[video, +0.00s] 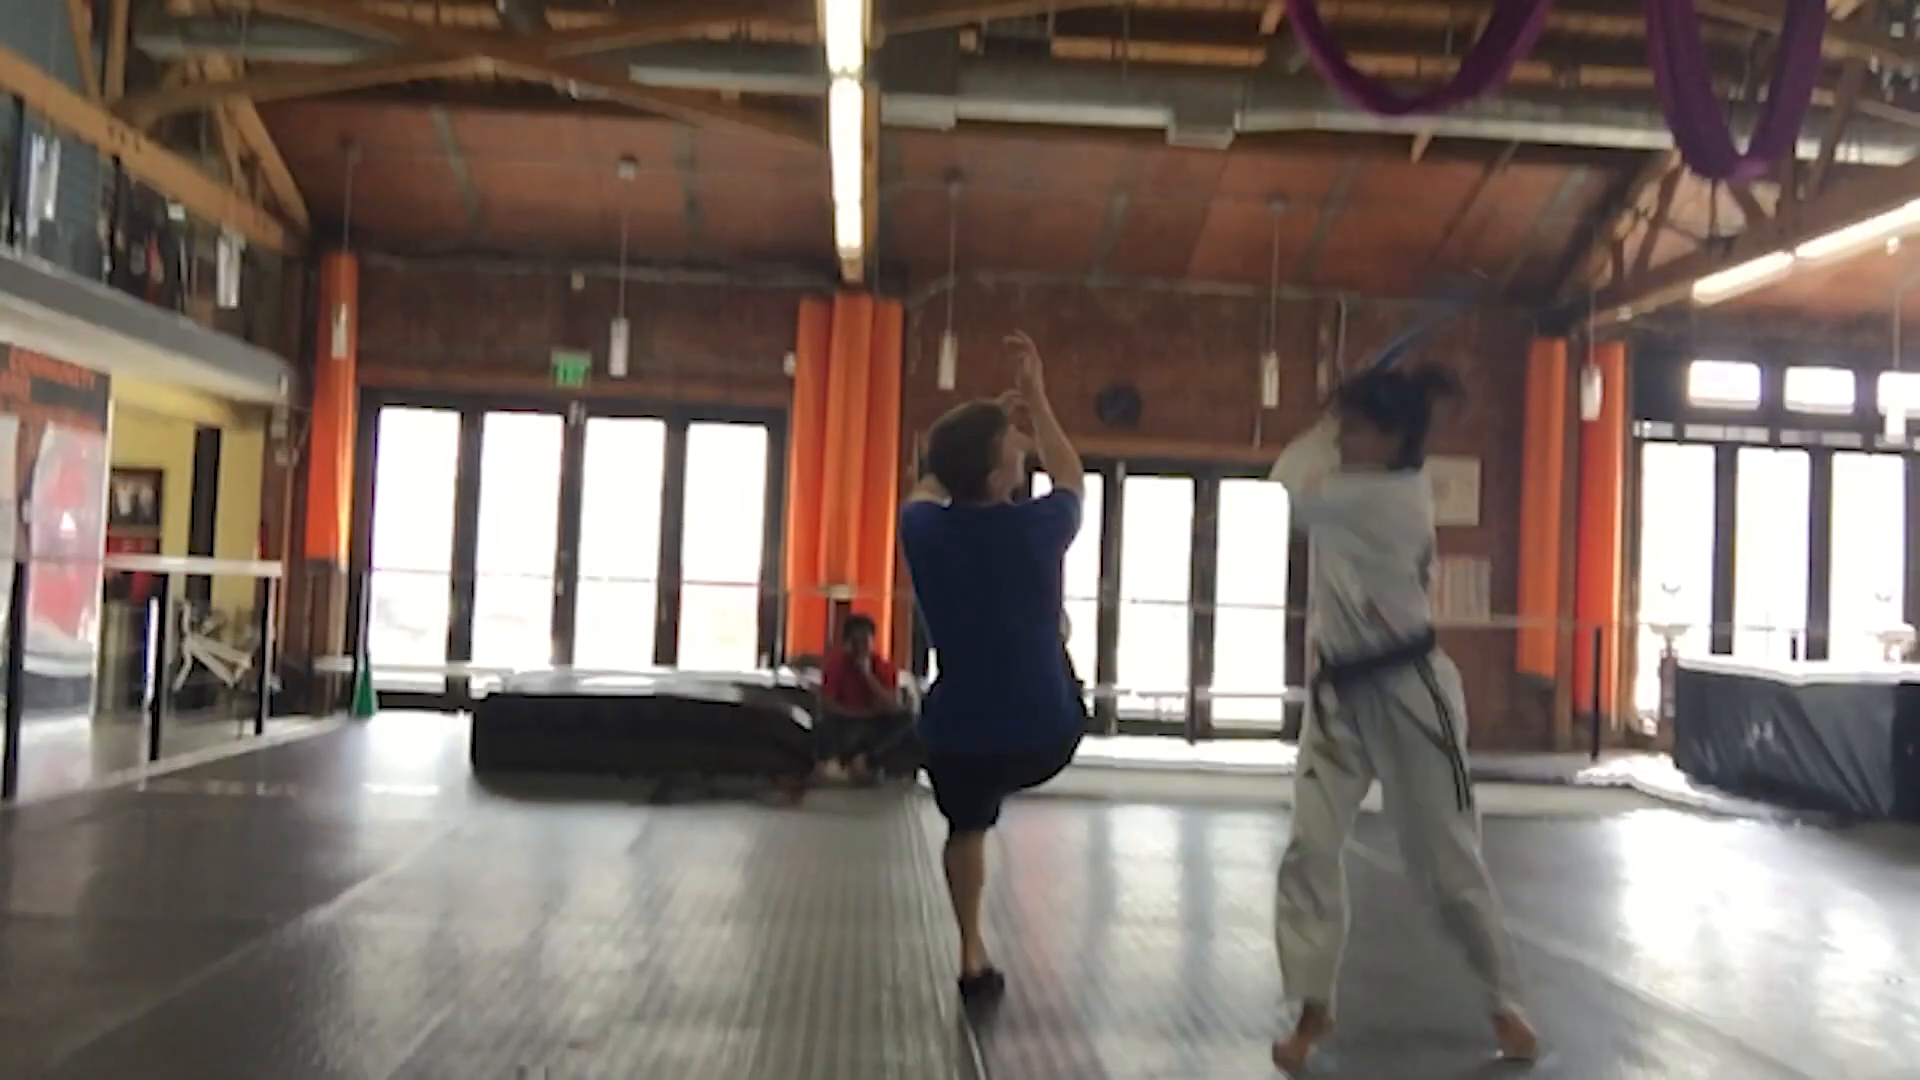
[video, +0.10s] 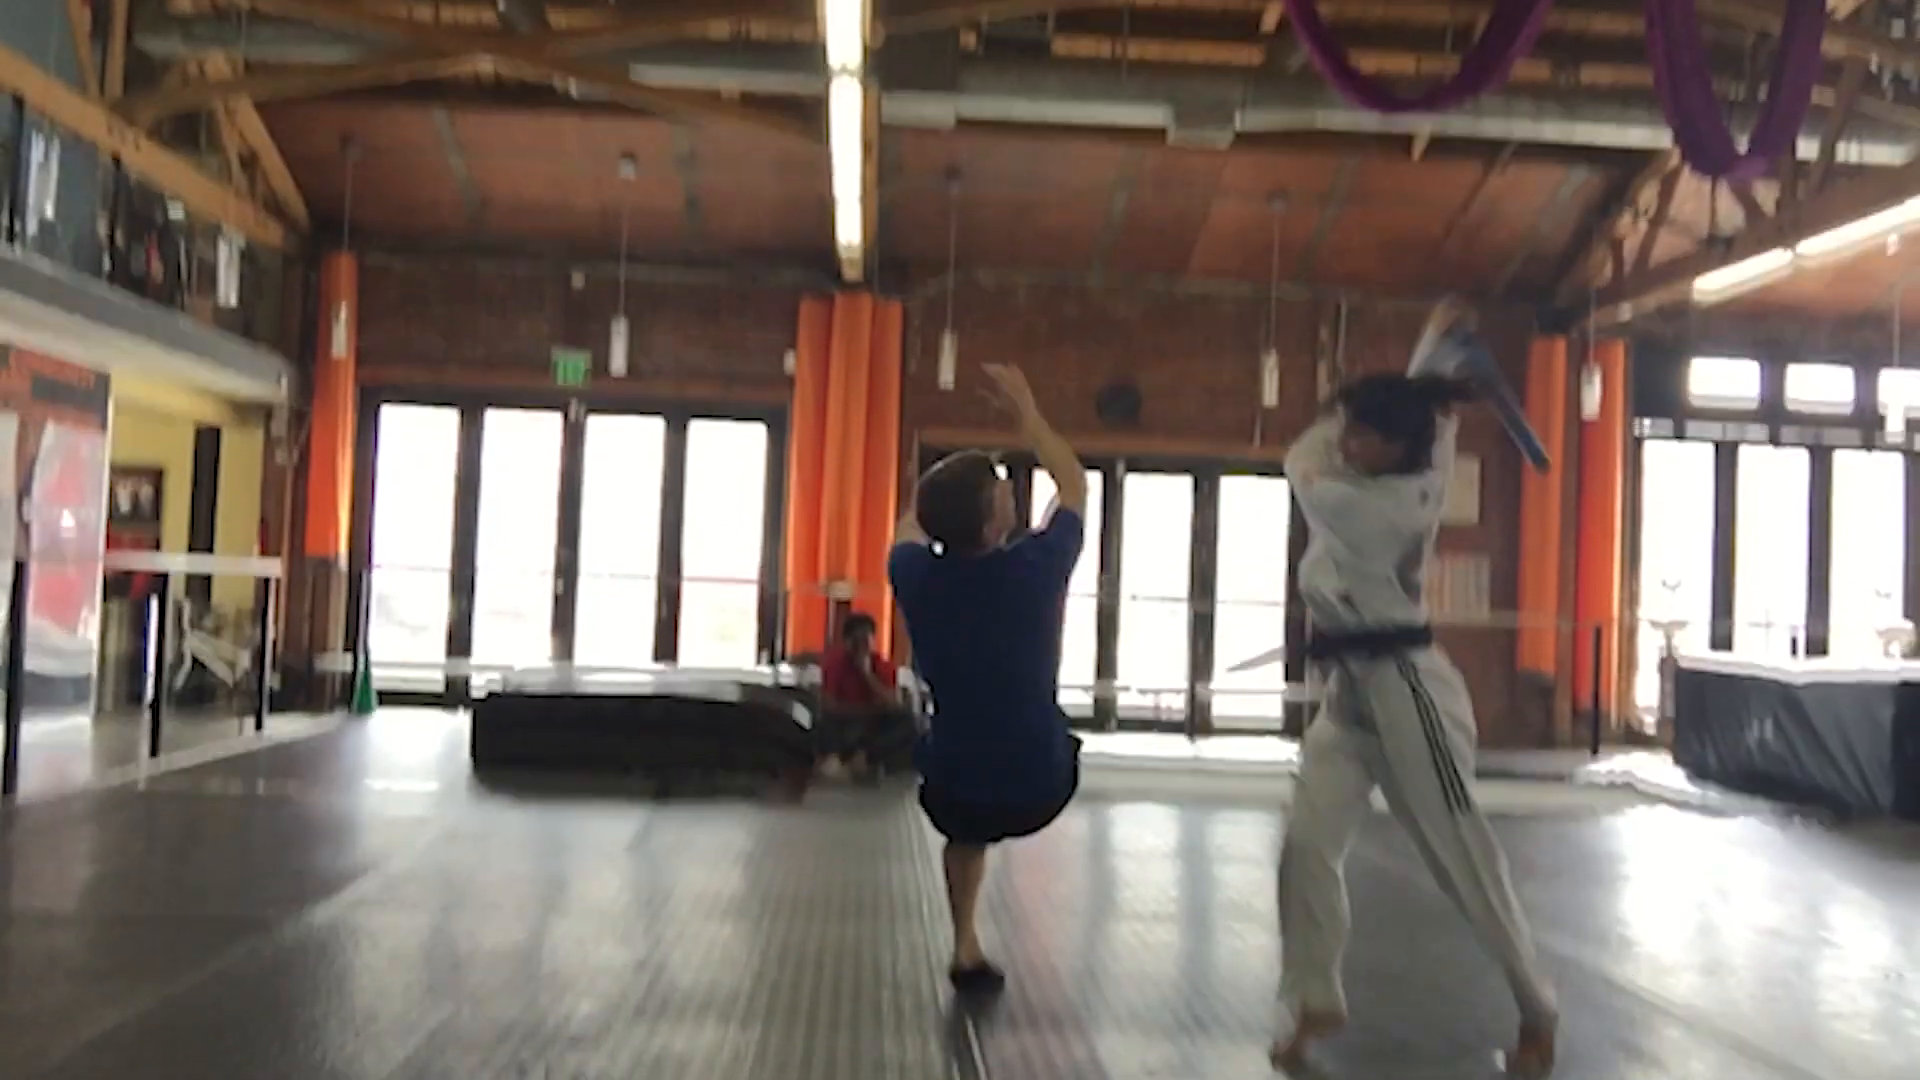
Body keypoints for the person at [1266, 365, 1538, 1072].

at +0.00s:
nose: (1345, 440)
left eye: (1358, 429)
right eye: (1344, 426)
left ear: (1392, 438)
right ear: (1362, 430)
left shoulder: (1394, 497)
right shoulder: (1358, 489)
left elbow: (1295, 482)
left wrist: (1329, 425)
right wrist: (1342, 408)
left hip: (1409, 691)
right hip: (1340, 693)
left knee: (1448, 859)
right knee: (1311, 849)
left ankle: (1504, 1007)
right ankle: (1313, 1010)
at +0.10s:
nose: (1345, 446)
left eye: (1360, 437)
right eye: (1346, 433)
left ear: (1396, 445)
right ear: (1398, 436)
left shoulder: (1376, 504)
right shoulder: (1419, 482)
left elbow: (1303, 464)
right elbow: (1420, 410)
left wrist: (1342, 406)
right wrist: (1433, 351)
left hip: (1405, 686)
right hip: (1349, 689)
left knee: (1458, 848)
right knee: (1308, 846)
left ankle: (1536, 1006)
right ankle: (1316, 1005)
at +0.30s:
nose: (1323, 492)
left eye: (1337, 481)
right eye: (1325, 477)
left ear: (1373, 483)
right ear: (1352, 475)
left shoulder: (1381, 550)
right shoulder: (1370, 512)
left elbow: (1268, 562)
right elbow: (1330, 419)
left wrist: (1314, 490)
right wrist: (1390, 381)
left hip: (1406, 719)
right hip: (1339, 719)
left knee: (1445, 895)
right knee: (1285, 875)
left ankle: (1535, 1041)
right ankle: (1241, 1018)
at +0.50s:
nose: (1266, 616)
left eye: (1276, 605)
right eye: (1262, 603)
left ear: (1311, 604)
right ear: (1262, 601)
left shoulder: (1374, 653)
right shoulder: (1262, 634)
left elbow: (1403, 762)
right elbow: (1196, 647)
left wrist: (1298, 747)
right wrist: (1200, 658)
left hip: (1403, 774)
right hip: (1319, 773)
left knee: (1439, 919)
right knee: (1253, 869)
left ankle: (1541, 1041)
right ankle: (1250, 1031)